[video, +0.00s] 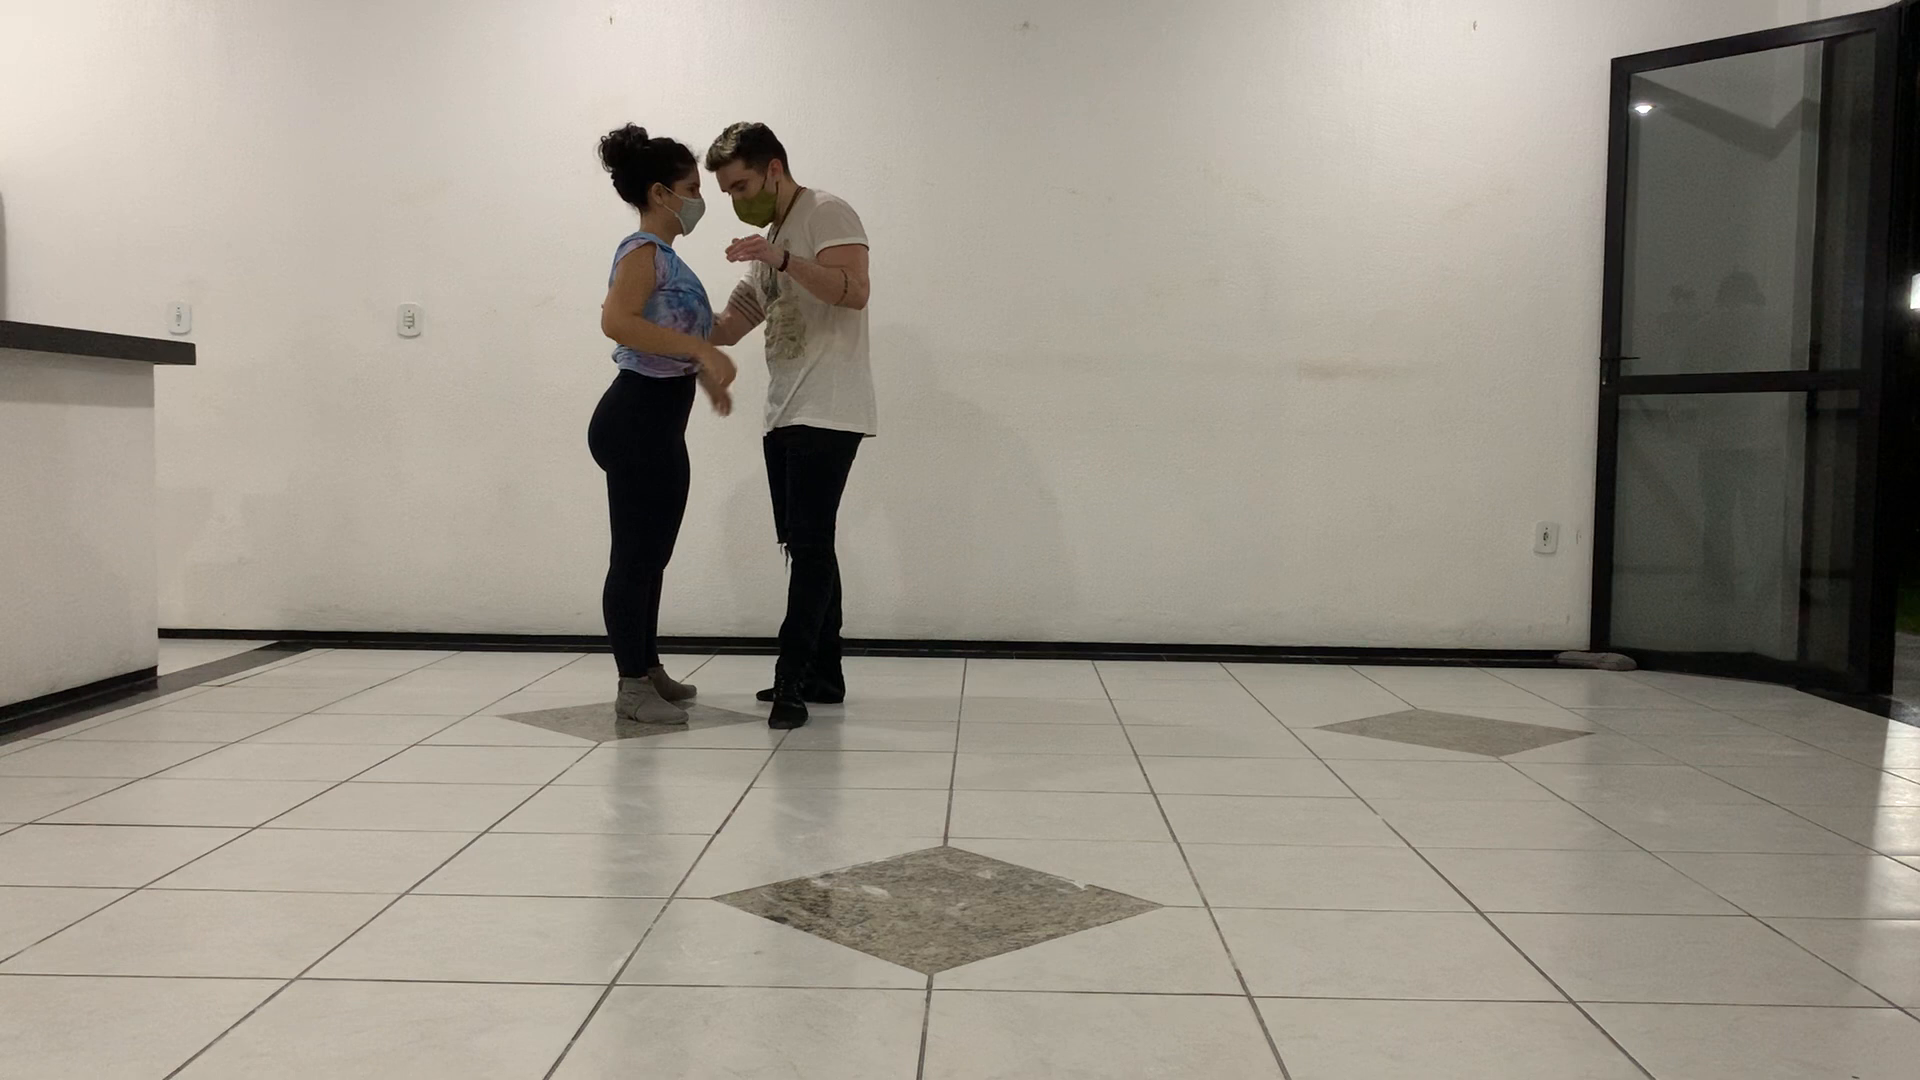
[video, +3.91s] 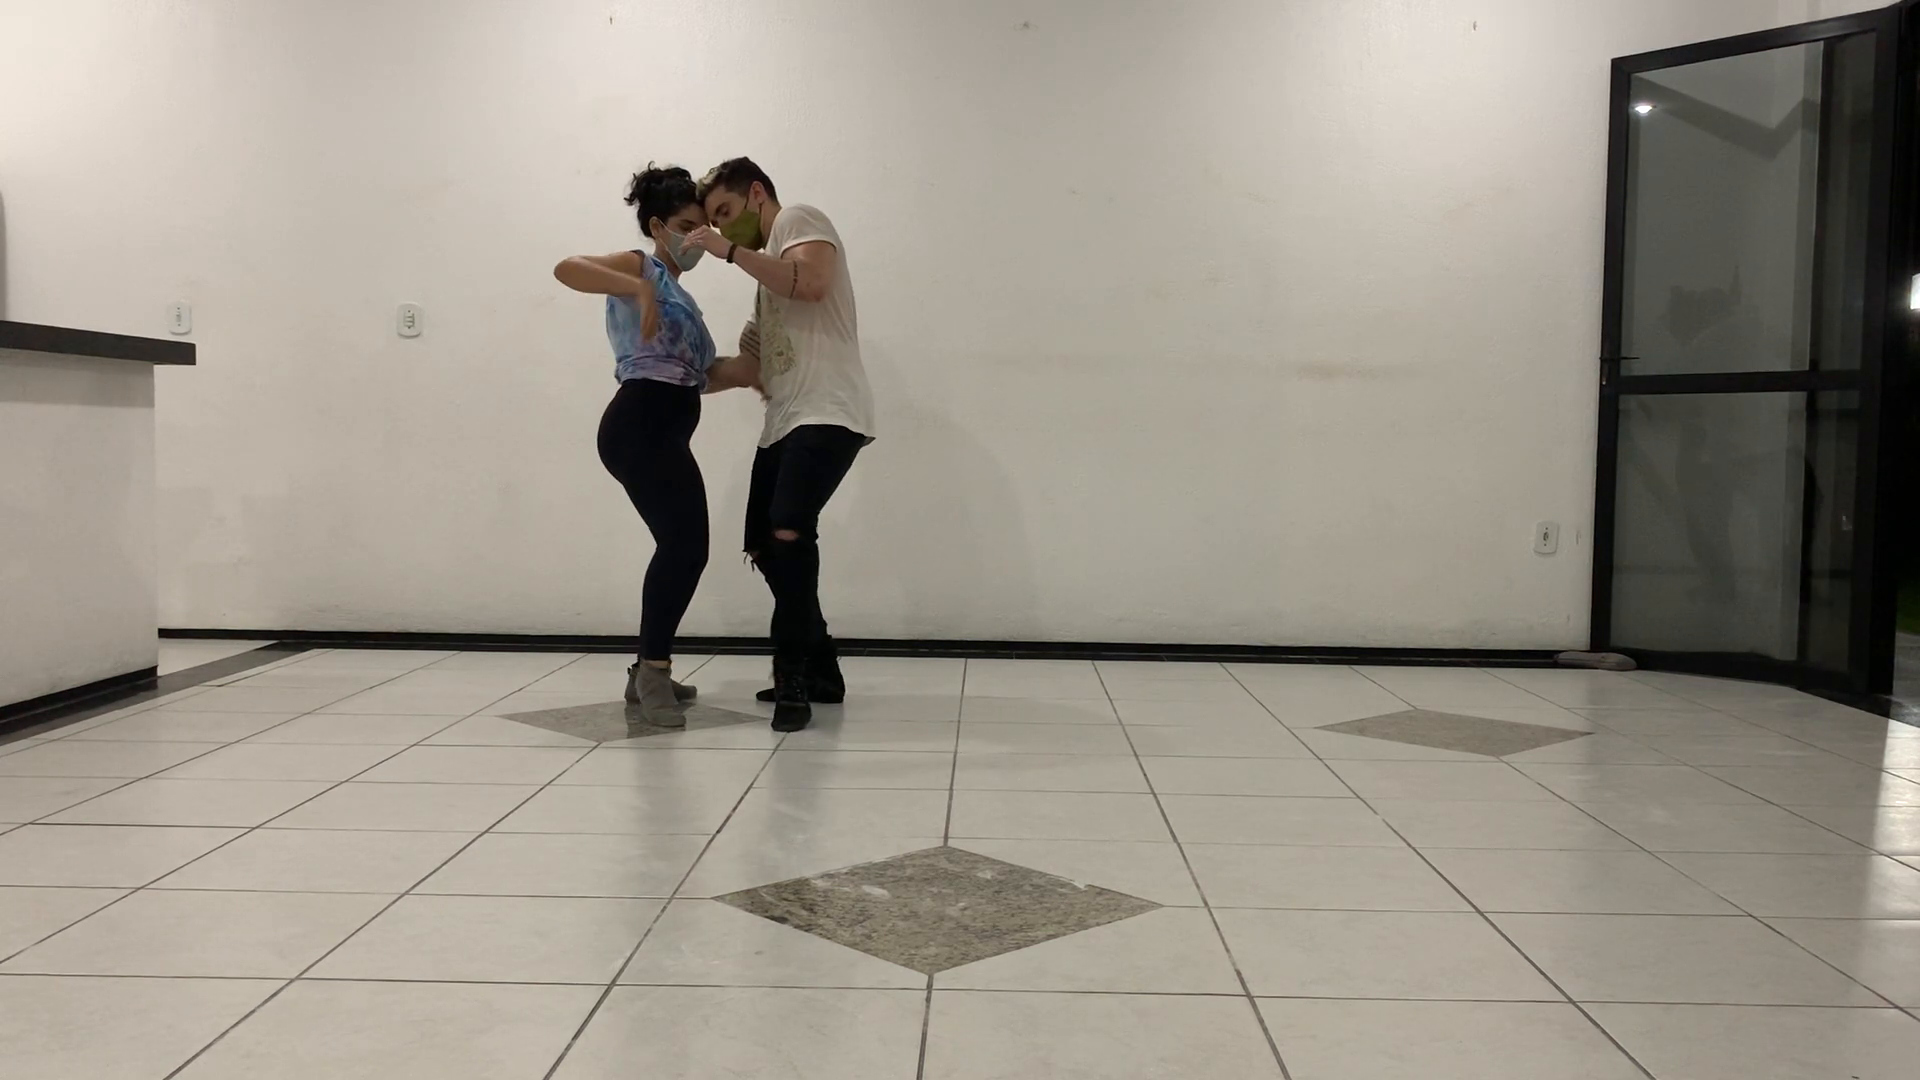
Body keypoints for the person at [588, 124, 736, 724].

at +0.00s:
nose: (701, 199)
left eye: (699, 189)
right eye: (692, 189)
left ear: (659, 195)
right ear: (660, 194)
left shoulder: (661, 254)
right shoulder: (642, 252)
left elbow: (673, 332)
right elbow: (616, 319)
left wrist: (709, 370)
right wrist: (701, 350)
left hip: (657, 418)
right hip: (638, 418)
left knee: (650, 553)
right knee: (635, 556)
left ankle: (645, 670)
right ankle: (633, 688)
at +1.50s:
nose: (698, 232)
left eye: (700, 220)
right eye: (688, 220)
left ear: (691, 221)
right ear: (655, 221)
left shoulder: (673, 286)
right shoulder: (635, 274)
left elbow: (703, 376)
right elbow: (605, 349)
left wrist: (767, 368)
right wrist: (648, 398)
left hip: (672, 428)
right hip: (642, 426)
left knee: (689, 547)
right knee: (690, 546)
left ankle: (648, 674)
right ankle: (669, 676)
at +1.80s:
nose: (698, 230)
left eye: (702, 220)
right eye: (687, 220)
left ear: (702, 221)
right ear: (655, 223)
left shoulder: (678, 292)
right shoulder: (633, 278)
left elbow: (686, 385)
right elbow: (598, 354)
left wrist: (735, 436)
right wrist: (583, 429)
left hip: (667, 426)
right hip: (642, 423)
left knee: (689, 545)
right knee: (704, 535)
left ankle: (653, 668)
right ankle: (656, 660)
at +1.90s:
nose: (701, 229)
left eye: (704, 218)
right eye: (690, 218)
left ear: (699, 220)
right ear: (657, 221)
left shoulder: (676, 291)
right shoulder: (633, 276)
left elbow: (682, 381)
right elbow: (597, 349)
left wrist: (717, 444)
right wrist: (582, 424)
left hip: (667, 427)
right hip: (641, 423)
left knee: (696, 542)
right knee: (693, 543)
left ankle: (653, 664)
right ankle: (650, 663)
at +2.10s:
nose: (701, 228)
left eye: (703, 219)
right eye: (689, 219)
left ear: (702, 222)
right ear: (658, 223)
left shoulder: (677, 294)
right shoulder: (640, 273)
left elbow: (723, 367)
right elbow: (604, 346)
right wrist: (601, 420)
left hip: (674, 417)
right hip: (647, 415)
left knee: (692, 545)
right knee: (672, 543)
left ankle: (650, 665)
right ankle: (638, 668)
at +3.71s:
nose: (694, 239)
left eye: (700, 228)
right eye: (683, 228)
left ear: (704, 230)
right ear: (654, 229)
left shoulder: (673, 291)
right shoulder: (644, 270)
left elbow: (672, 359)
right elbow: (577, 276)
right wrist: (626, 343)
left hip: (667, 429)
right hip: (639, 425)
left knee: (694, 552)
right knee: (663, 550)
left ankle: (650, 667)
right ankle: (630, 678)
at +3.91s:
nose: (695, 238)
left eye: (700, 227)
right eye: (685, 226)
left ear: (702, 229)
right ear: (656, 226)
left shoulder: (680, 298)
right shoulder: (638, 265)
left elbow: (701, 377)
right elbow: (567, 269)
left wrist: (757, 367)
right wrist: (639, 287)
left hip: (664, 429)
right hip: (640, 424)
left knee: (686, 546)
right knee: (682, 544)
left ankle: (652, 669)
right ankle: (649, 674)